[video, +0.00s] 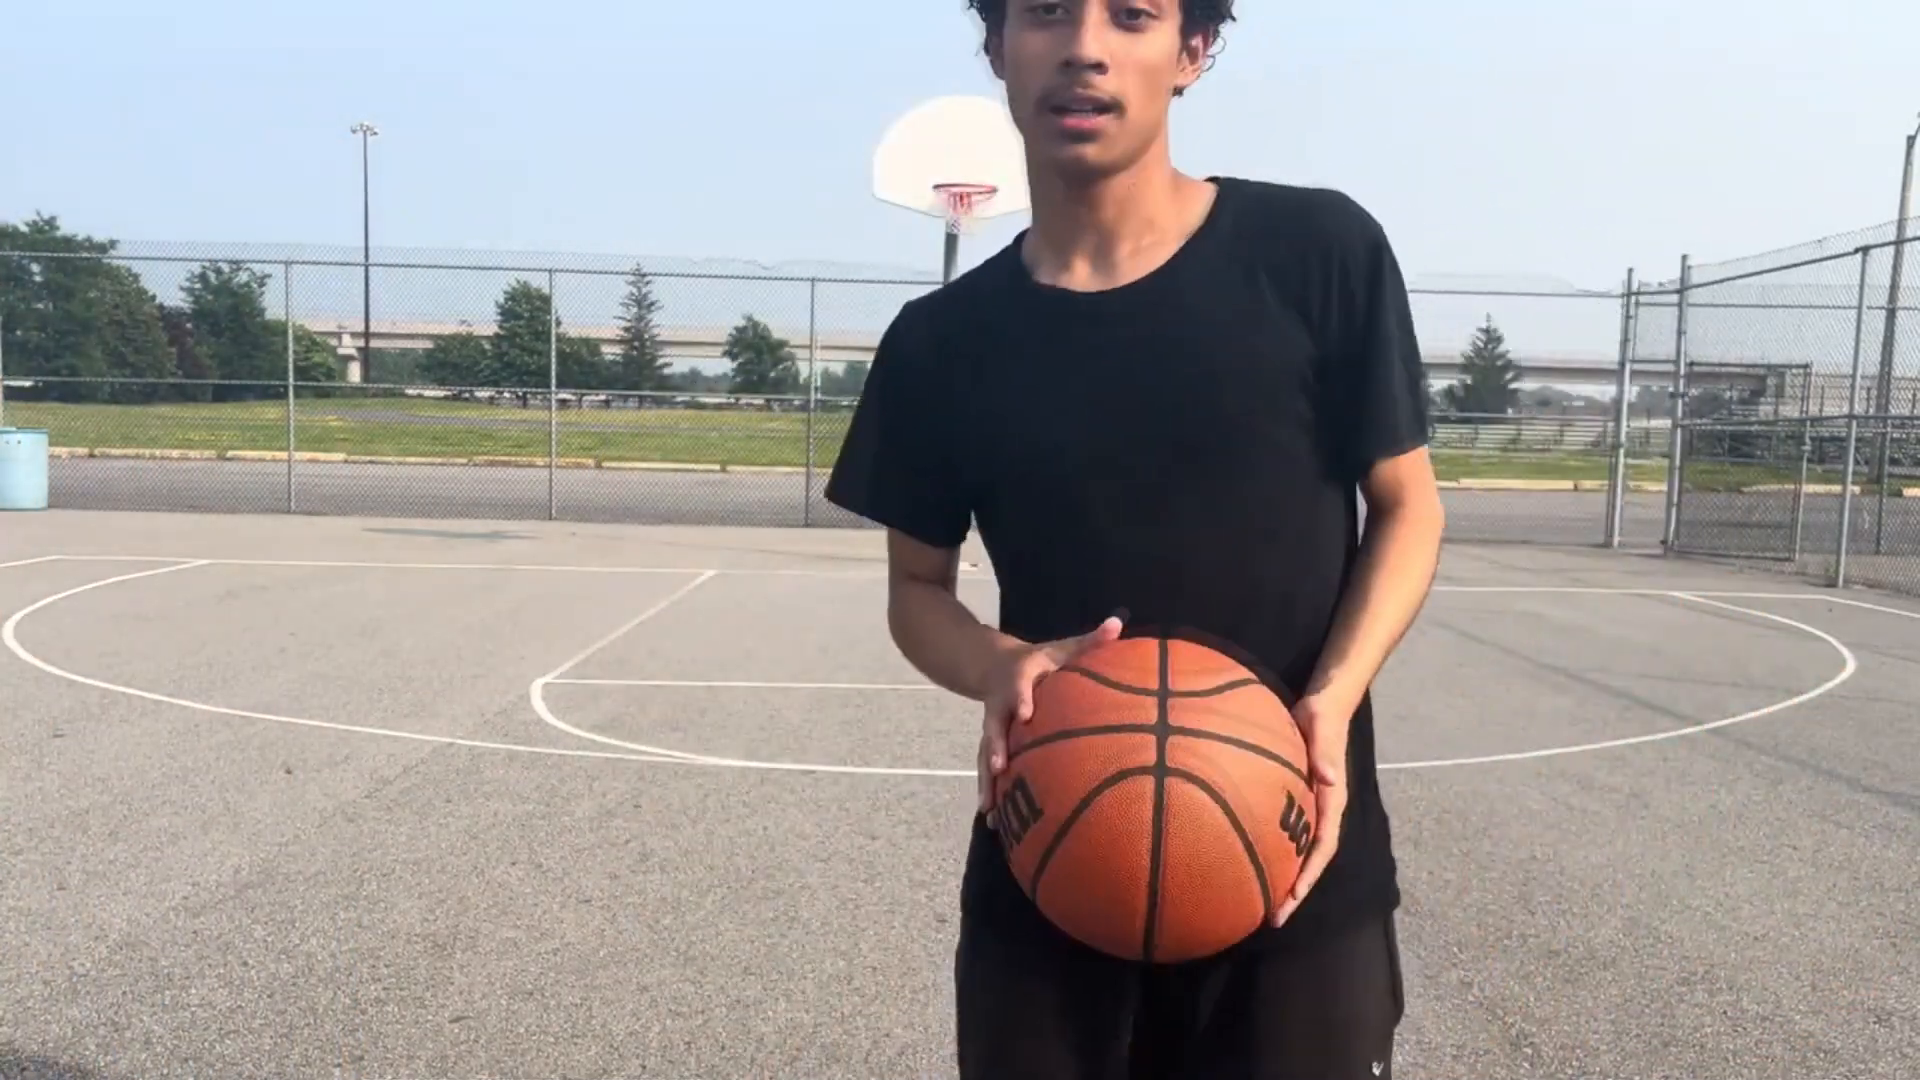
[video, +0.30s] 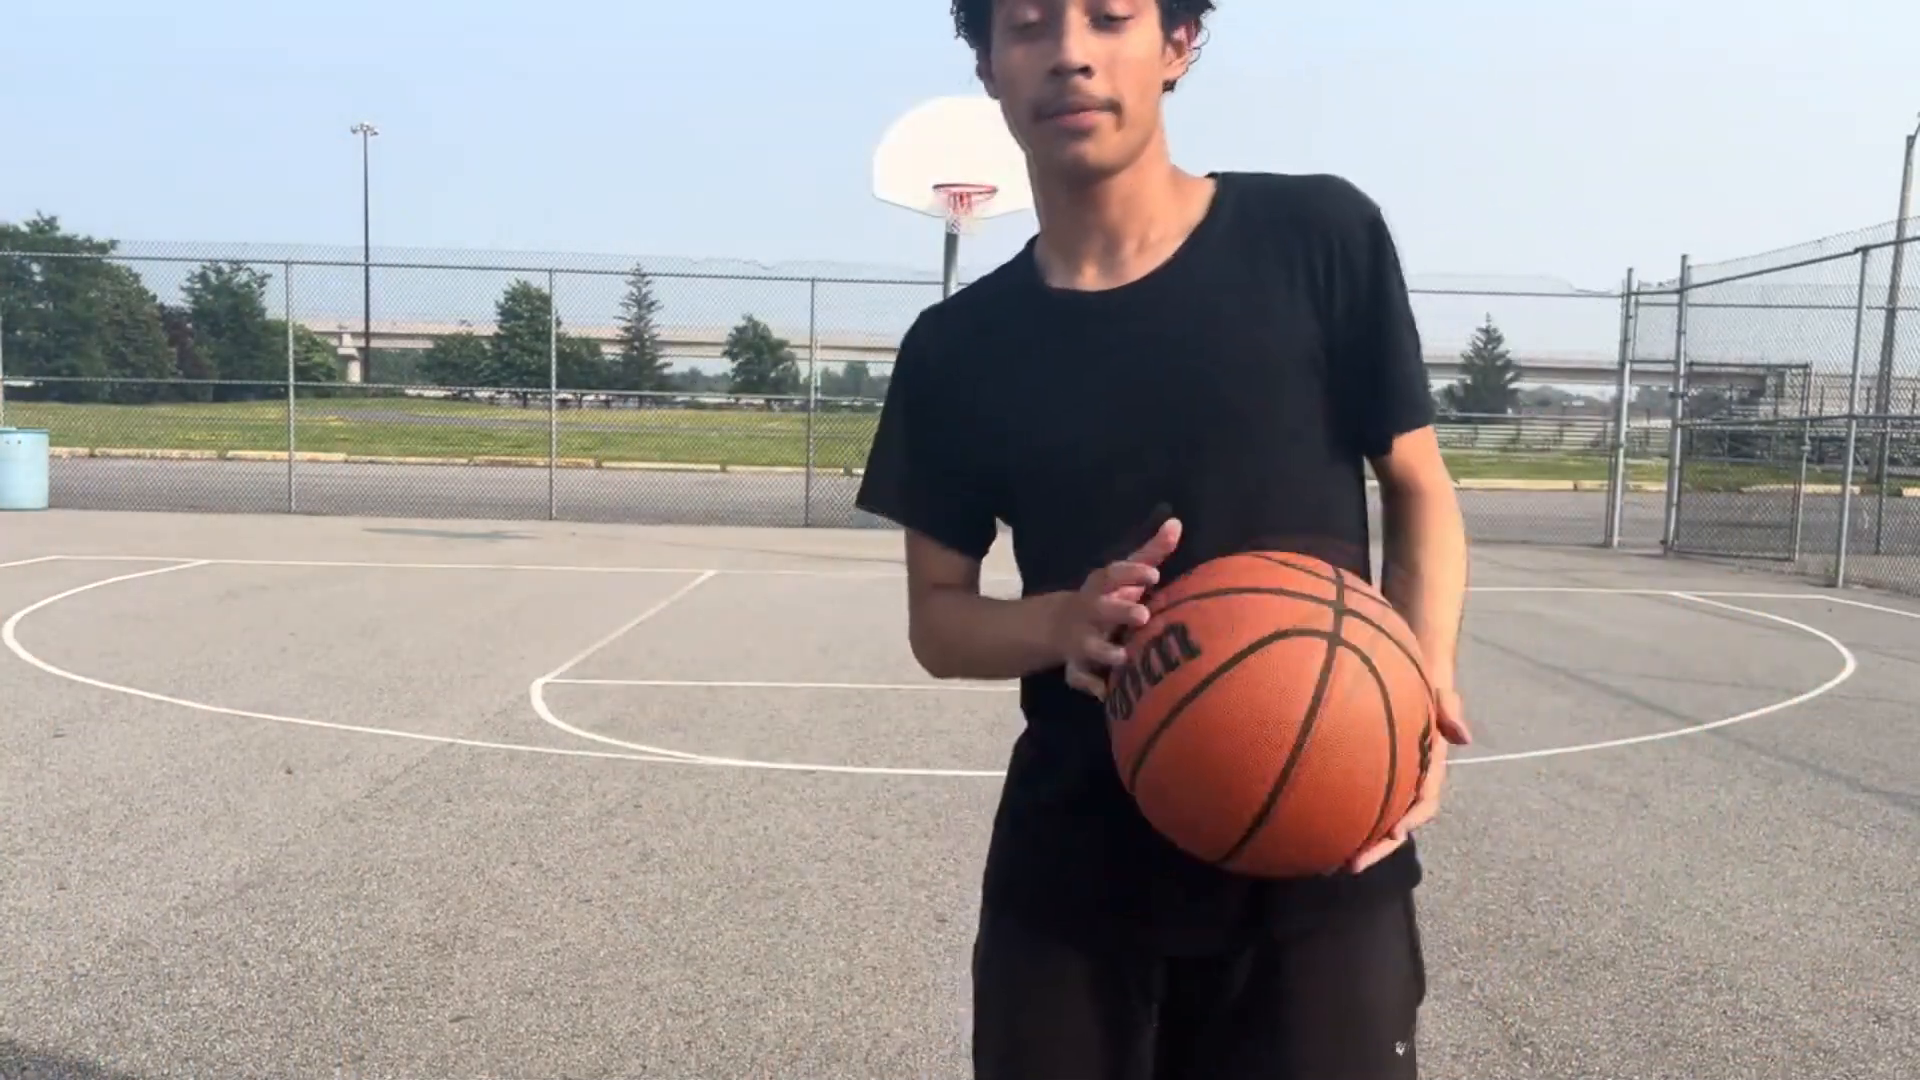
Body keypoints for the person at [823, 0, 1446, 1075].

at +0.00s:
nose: (1085, 47)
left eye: (1130, 13)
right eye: (1047, 11)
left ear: (1190, 53)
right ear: (997, 49)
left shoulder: (1323, 252)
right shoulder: (941, 339)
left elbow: (1407, 510)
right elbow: (916, 593)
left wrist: (1332, 696)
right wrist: (1001, 666)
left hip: (1299, 849)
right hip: (1050, 852)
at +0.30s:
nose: (1071, 54)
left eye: (1110, 17)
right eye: (1031, 24)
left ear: (1177, 47)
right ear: (987, 67)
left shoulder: (1322, 236)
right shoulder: (955, 345)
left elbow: (1418, 490)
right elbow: (938, 625)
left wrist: (1423, 669)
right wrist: (1057, 623)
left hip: (1321, 837)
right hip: (1076, 853)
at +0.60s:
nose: (1200, 41)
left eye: (1240, 2)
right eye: (1155, 10)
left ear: (1314, 22)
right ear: (1114, 45)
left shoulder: (1450, 272)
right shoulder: (1040, 313)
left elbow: (1496, 565)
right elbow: (1013, 589)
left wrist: (1510, 735)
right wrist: (1044, 646)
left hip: (1373, 914)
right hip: (1103, 922)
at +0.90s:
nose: (1409, 13)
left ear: (1540, 9)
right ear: (1324, 16)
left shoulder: (1640, 307)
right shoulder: (1183, 278)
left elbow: (1635, 621)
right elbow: (1067, 569)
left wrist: (1648, 812)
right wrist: (1170, 731)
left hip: (1475, 981)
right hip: (1173, 970)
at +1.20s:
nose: (1500, 5)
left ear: (1626, 12)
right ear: (1405, 15)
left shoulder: (1735, 309)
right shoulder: (1247, 245)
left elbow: (1714, 639)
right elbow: (1094, 547)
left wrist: (1764, 846)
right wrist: (1276, 703)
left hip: (1494, 1008)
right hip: (1185, 969)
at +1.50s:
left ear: (1545, 2)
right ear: (1321, 2)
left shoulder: (1676, 281)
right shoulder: (1171, 265)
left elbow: (1646, 635)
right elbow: (1027, 599)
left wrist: (1717, 892)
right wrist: (1282, 752)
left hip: (1485, 1029)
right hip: (1166, 1011)